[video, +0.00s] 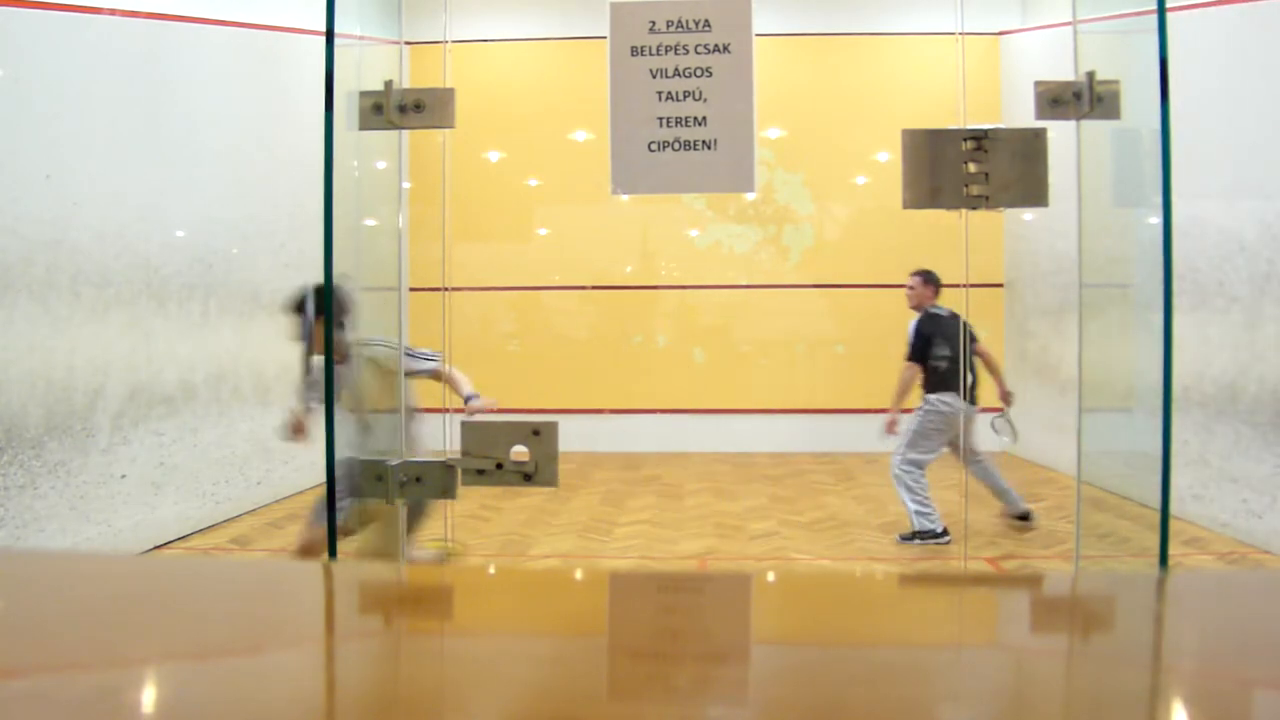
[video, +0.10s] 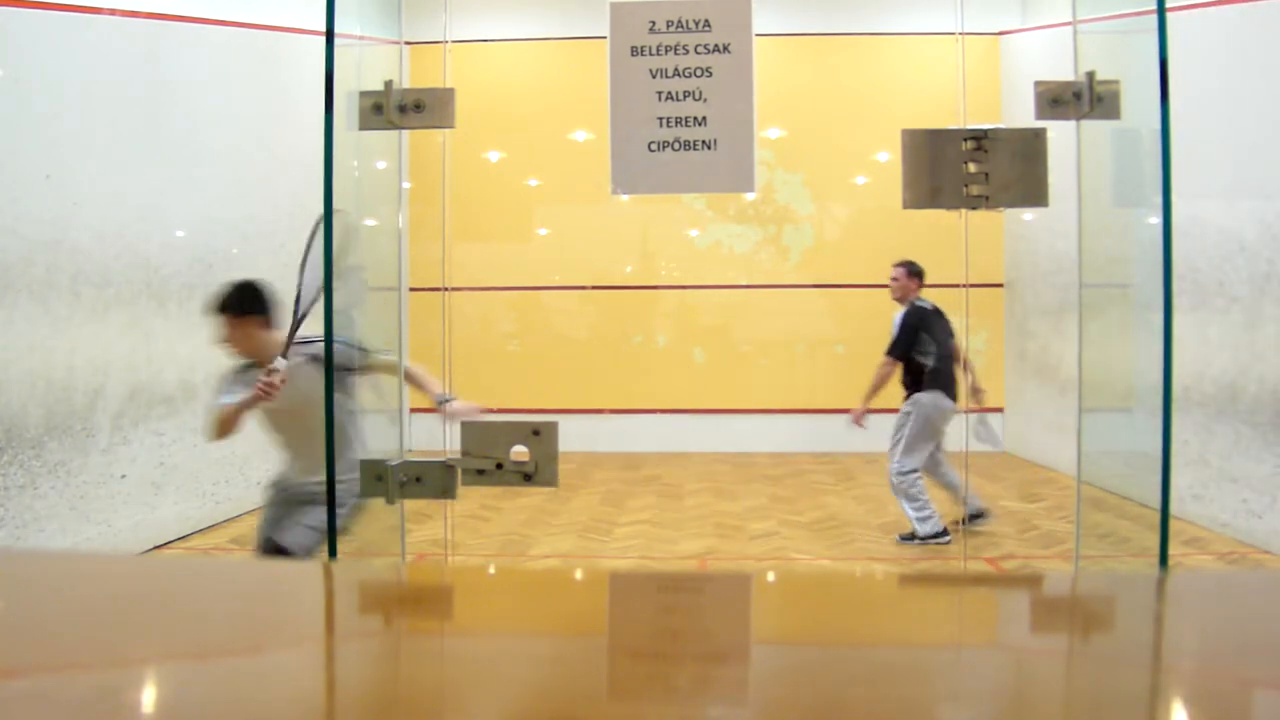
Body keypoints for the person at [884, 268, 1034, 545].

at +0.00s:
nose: (907, 293)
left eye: (912, 288)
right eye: (907, 288)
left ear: (930, 291)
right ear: (931, 293)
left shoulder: (923, 322)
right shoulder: (957, 321)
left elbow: (912, 368)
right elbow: (984, 354)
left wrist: (894, 409)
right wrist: (1002, 387)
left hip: (939, 405)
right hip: (966, 407)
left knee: (905, 464)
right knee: (971, 457)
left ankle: (929, 527)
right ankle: (1018, 507)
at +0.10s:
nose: (890, 285)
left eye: (895, 280)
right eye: (891, 280)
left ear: (915, 284)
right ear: (914, 285)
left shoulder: (910, 314)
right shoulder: (936, 313)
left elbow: (890, 364)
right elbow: (958, 353)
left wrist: (864, 405)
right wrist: (974, 383)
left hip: (925, 398)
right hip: (946, 398)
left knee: (902, 467)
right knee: (930, 458)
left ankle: (929, 528)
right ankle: (973, 506)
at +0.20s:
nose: (872, 278)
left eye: (878, 273)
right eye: (873, 273)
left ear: (897, 276)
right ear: (896, 278)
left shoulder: (893, 307)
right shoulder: (915, 306)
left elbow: (874, 357)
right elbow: (934, 347)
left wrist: (840, 393)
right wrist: (937, 382)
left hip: (910, 396)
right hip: (915, 394)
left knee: (903, 464)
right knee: (882, 452)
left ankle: (930, 526)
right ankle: (913, 515)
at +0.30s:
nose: (854, 277)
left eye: (860, 271)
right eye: (854, 271)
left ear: (878, 275)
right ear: (874, 277)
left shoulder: (875, 306)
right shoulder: (892, 305)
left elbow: (855, 354)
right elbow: (910, 344)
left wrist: (817, 386)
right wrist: (902, 379)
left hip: (892, 397)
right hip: (881, 398)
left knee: (900, 467)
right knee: (848, 451)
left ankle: (929, 526)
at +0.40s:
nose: (833, 279)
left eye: (839, 274)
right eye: (833, 274)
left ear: (857, 278)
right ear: (850, 279)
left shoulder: (856, 308)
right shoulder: (859, 308)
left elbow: (833, 355)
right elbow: (870, 358)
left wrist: (792, 385)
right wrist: (848, 396)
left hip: (873, 405)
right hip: (854, 405)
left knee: (894, 470)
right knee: (821, 459)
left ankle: (929, 525)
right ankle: (793, 518)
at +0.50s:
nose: (811, 282)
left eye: (816, 277)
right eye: (810, 277)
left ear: (835, 280)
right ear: (824, 282)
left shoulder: (834, 312)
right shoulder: (832, 312)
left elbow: (813, 359)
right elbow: (837, 366)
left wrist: (770, 389)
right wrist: (813, 402)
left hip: (842, 411)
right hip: (822, 410)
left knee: (871, 471)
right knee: (791, 458)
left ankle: (921, 518)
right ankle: (780, 528)